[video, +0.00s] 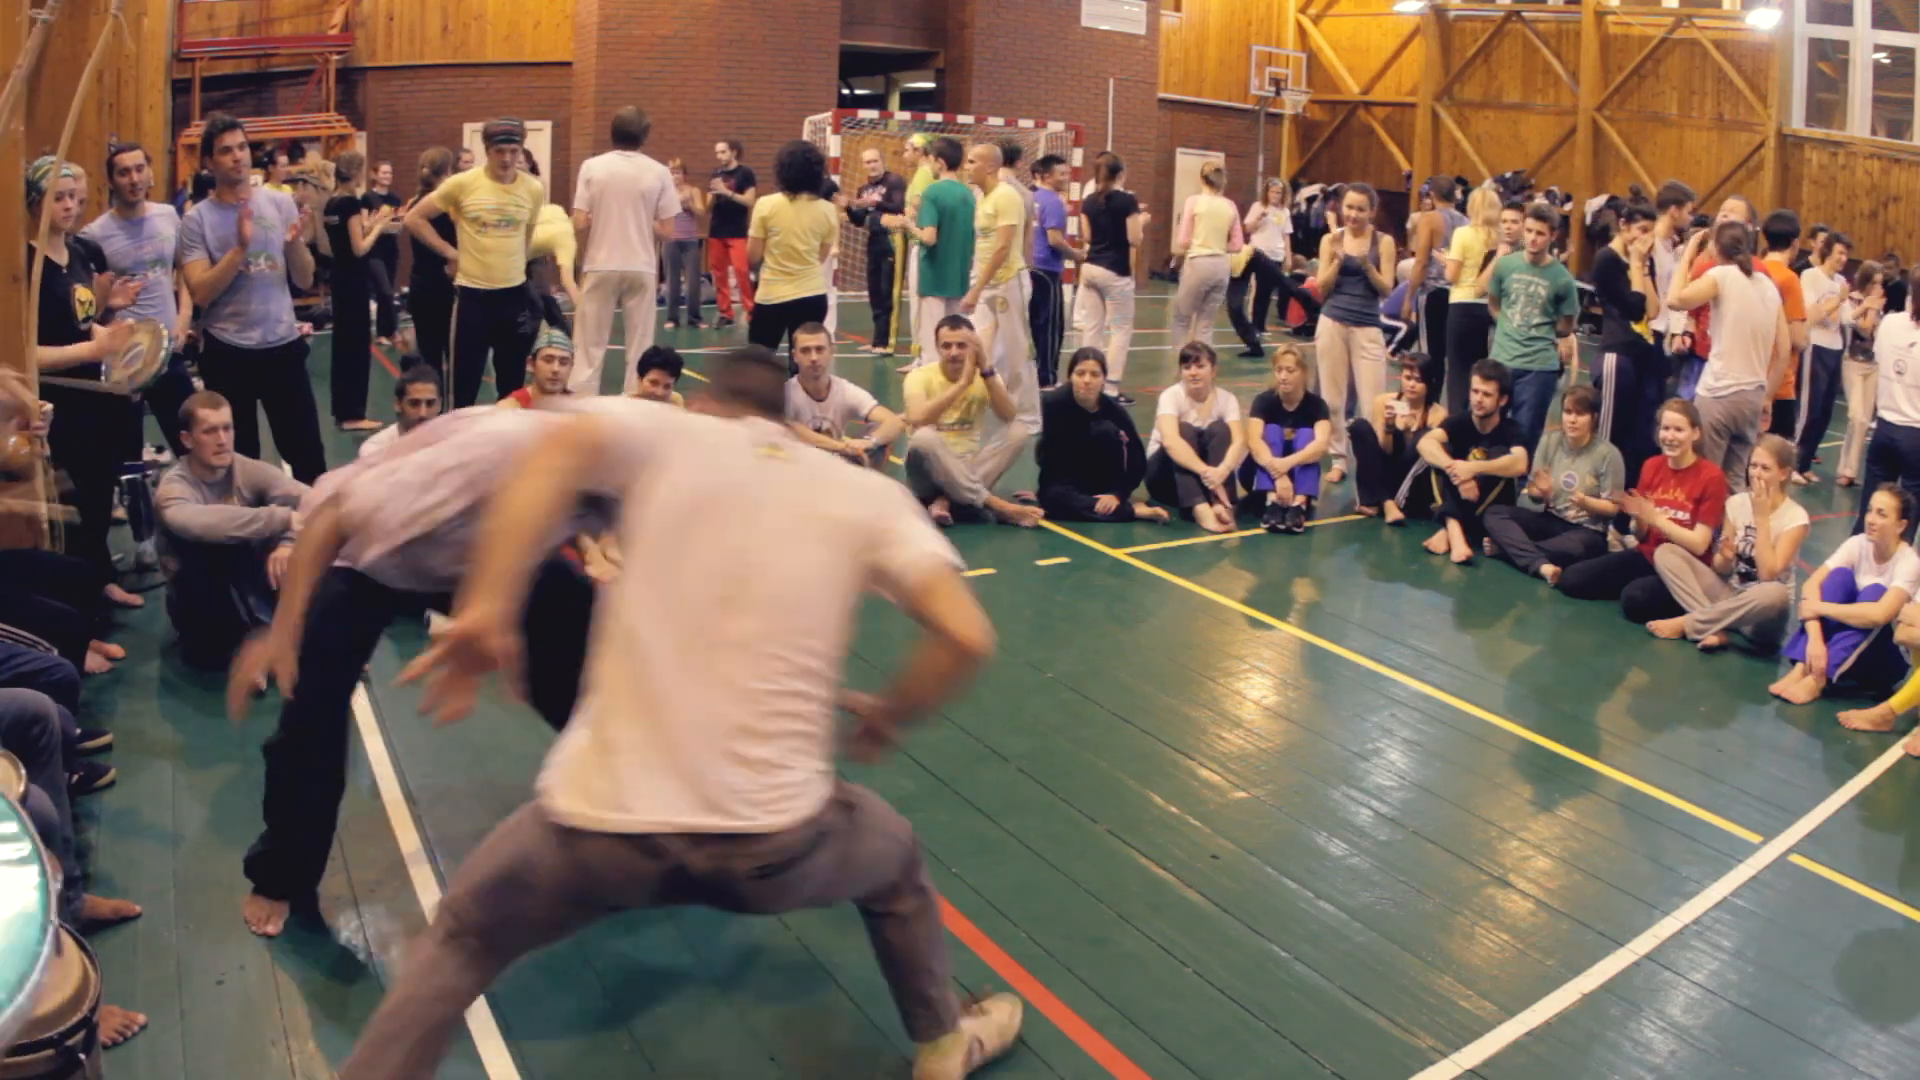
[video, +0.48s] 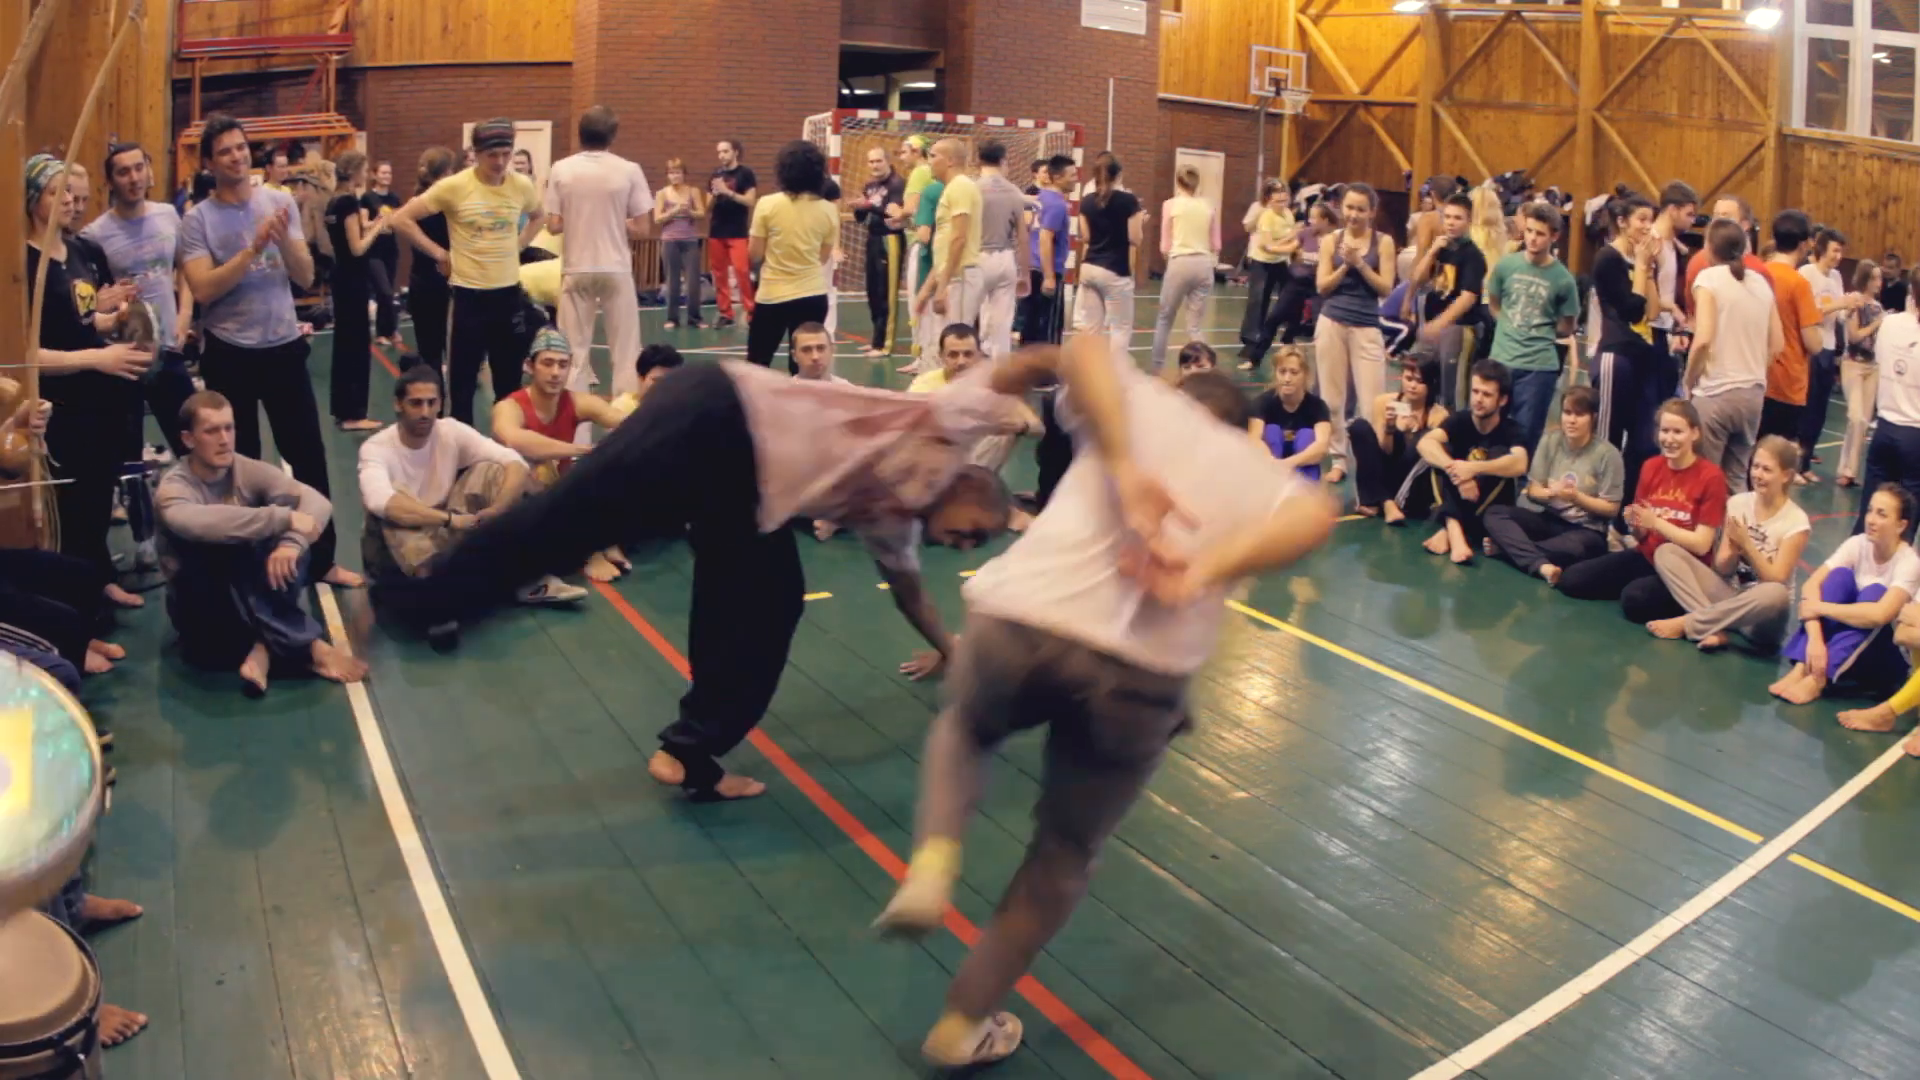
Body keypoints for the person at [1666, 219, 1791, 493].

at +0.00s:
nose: (1711, 249)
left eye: (1711, 245)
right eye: (1712, 244)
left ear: (1716, 248)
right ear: (1746, 247)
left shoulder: (1721, 276)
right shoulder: (1768, 285)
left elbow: (1676, 299)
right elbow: (1784, 348)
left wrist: (1688, 255)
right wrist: (1767, 396)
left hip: (1718, 392)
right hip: (1755, 392)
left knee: (1705, 477)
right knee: (1738, 478)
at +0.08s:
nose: (1709, 252)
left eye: (1710, 248)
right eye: (1711, 248)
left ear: (1716, 250)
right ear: (1746, 249)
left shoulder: (1719, 277)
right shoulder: (1768, 286)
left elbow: (1678, 308)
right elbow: (1779, 351)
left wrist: (1684, 258)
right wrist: (1766, 398)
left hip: (1718, 392)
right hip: (1755, 393)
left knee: (1705, 477)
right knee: (1737, 479)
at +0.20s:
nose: (1706, 252)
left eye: (1708, 246)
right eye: (1707, 246)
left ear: (1714, 249)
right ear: (1743, 248)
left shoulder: (1717, 279)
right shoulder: (1764, 283)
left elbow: (1691, 330)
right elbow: (1772, 343)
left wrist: (1679, 297)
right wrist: (1761, 383)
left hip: (1719, 391)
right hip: (1755, 391)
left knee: (1706, 476)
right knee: (1738, 476)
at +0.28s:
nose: (1705, 252)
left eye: (1707, 246)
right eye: (1707, 246)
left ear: (1714, 250)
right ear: (1743, 248)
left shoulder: (1714, 279)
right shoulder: (1764, 284)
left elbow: (1701, 337)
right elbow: (1773, 344)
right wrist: (1758, 377)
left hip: (1718, 390)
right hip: (1755, 391)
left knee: (1706, 476)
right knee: (1738, 476)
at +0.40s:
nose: (1705, 250)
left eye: (1706, 245)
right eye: (1706, 245)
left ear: (1712, 249)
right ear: (1743, 249)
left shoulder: (1709, 280)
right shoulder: (1763, 283)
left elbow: (1704, 343)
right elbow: (1775, 345)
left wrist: (1691, 382)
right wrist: (1756, 372)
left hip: (1715, 390)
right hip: (1754, 388)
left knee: (1705, 476)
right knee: (1738, 476)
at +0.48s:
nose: (1704, 248)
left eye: (1705, 243)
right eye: (1705, 243)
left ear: (1710, 248)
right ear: (1742, 249)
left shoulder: (1707, 278)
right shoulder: (1761, 283)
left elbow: (1703, 341)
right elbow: (1777, 344)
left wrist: (1688, 381)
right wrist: (1754, 368)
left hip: (1715, 390)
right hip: (1753, 388)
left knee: (1705, 476)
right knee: (1738, 476)